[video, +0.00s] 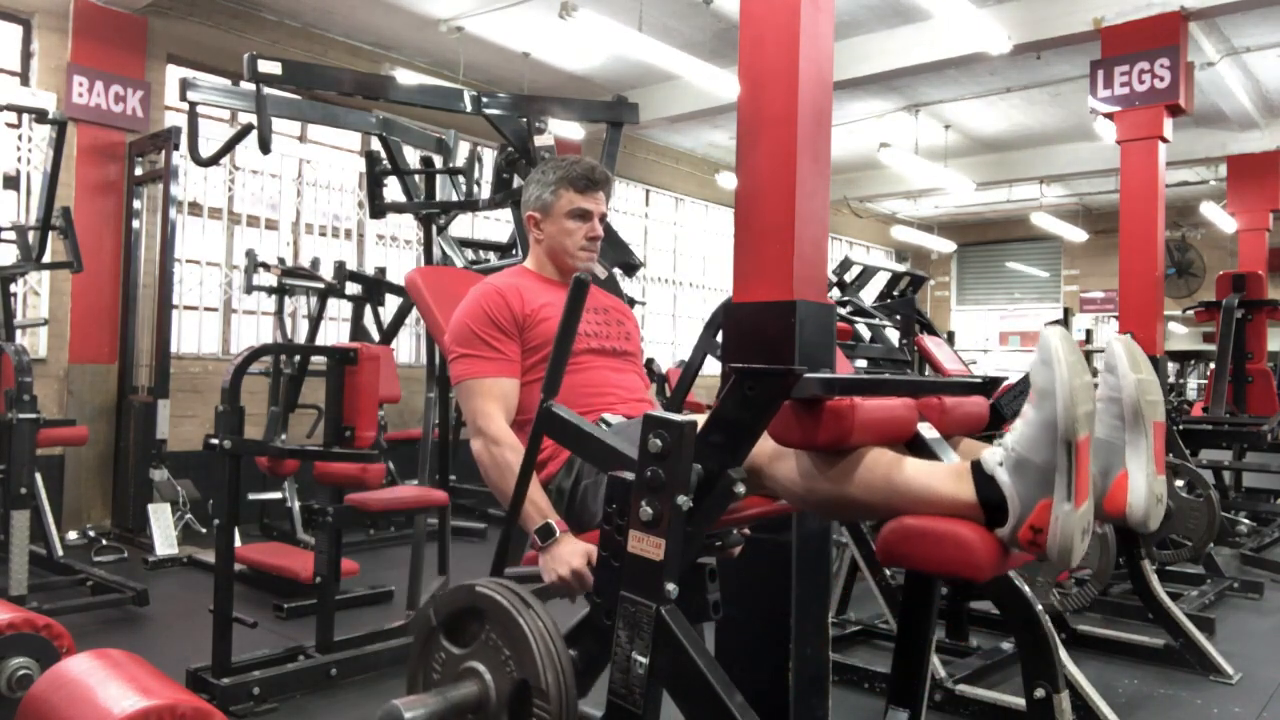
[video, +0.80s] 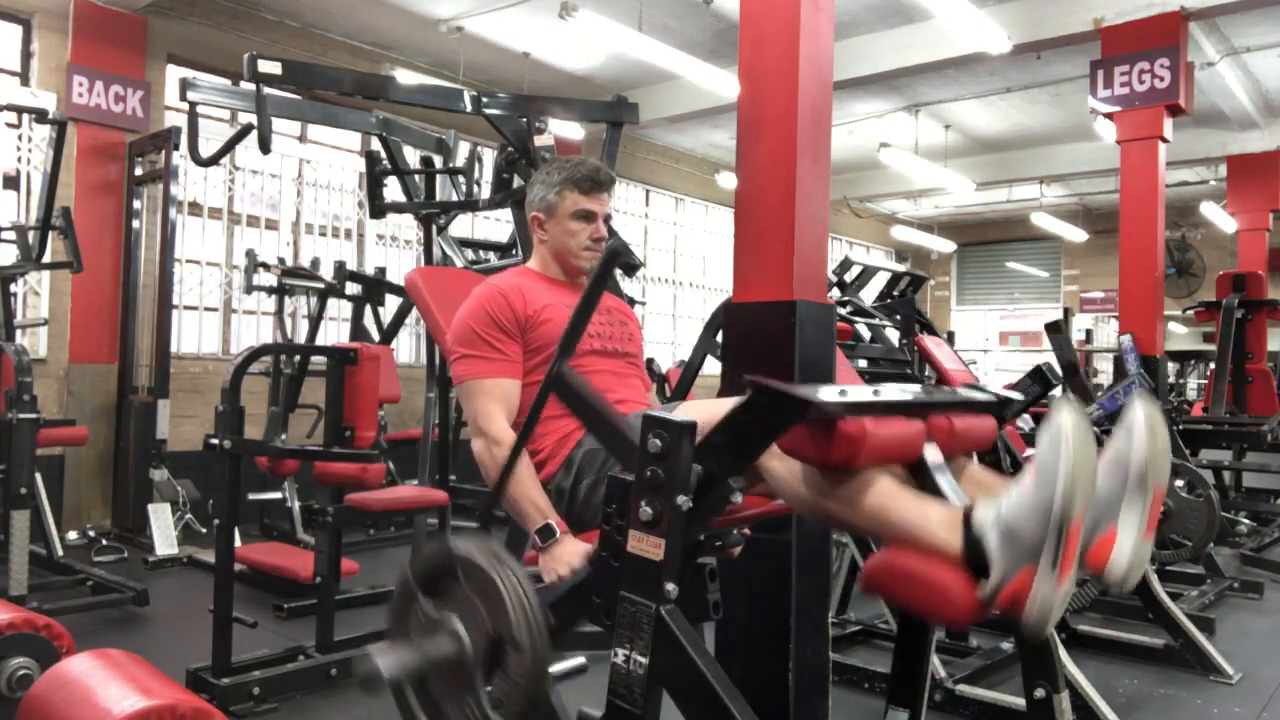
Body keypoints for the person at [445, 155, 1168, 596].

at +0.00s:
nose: (593, 234)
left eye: (598, 222)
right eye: (578, 219)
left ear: (598, 227)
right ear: (533, 219)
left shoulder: (610, 305)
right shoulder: (494, 299)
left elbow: (655, 396)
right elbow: (487, 430)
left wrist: (721, 425)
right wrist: (549, 533)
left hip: (660, 440)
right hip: (585, 460)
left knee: (818, 452)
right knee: (772, 456)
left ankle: (999, 489)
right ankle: (991, 492)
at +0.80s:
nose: (597, 237)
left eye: (603, 223)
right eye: (581, 223)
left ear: (603, 224)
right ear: (536, 222)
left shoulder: (607, 301)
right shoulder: (495, 303)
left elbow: (637, 401)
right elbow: (491, 440)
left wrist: (710, 417)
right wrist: (551, 534)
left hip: (654, 440)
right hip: (578, 463)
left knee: (838, 443)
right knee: (760, 428)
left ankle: (1073, 514)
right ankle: (976, 542)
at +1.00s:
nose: (597, 236)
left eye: (603, 223)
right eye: (582, 222)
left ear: (602, 224)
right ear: (538, 224)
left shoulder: (603, 298)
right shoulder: (499, 299)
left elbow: (642, 391)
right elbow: (490, 430)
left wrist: (709, 412)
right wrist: (551, 534)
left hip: (658, 431)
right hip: (590, 456)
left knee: (846, 409)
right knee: (773, 426)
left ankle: (994, 588)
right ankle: (914, 634)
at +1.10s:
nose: (598, 234)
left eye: (604, 222)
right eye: (583, 219)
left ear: (604, 226)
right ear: (537, 220)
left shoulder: (616, 299)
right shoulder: (497, 299)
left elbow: (660, 394)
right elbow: (494, 435)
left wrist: (720, 415)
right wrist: (553, 535)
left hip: (661, 431)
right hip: (583, 453)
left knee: (847, 415)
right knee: (761, 427)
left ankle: (977, 626)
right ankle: (878, 664)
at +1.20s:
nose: (601, 232)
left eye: (606, 221)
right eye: (586, 219)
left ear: (606, 227)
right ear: (539, 221)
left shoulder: (615, 305)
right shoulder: (501, 296)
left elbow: (648, 403)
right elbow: (489, 426)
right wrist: (552, 537)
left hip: (657, 443)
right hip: (584, 463)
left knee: (848, 419)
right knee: (760, 423)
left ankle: (934, 638)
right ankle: (837, 678)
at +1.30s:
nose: (603, 234)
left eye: (607, 223)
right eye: (589, 221)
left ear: (609, 230)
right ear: (543, 224)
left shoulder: (618, 304)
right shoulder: (511, 290)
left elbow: (655, 400)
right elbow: (490, 432)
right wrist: (551, 537)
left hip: (656, 447)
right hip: (585, 467)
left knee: (848, 418)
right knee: (759, 420)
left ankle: (904, 645)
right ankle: (799, 677)